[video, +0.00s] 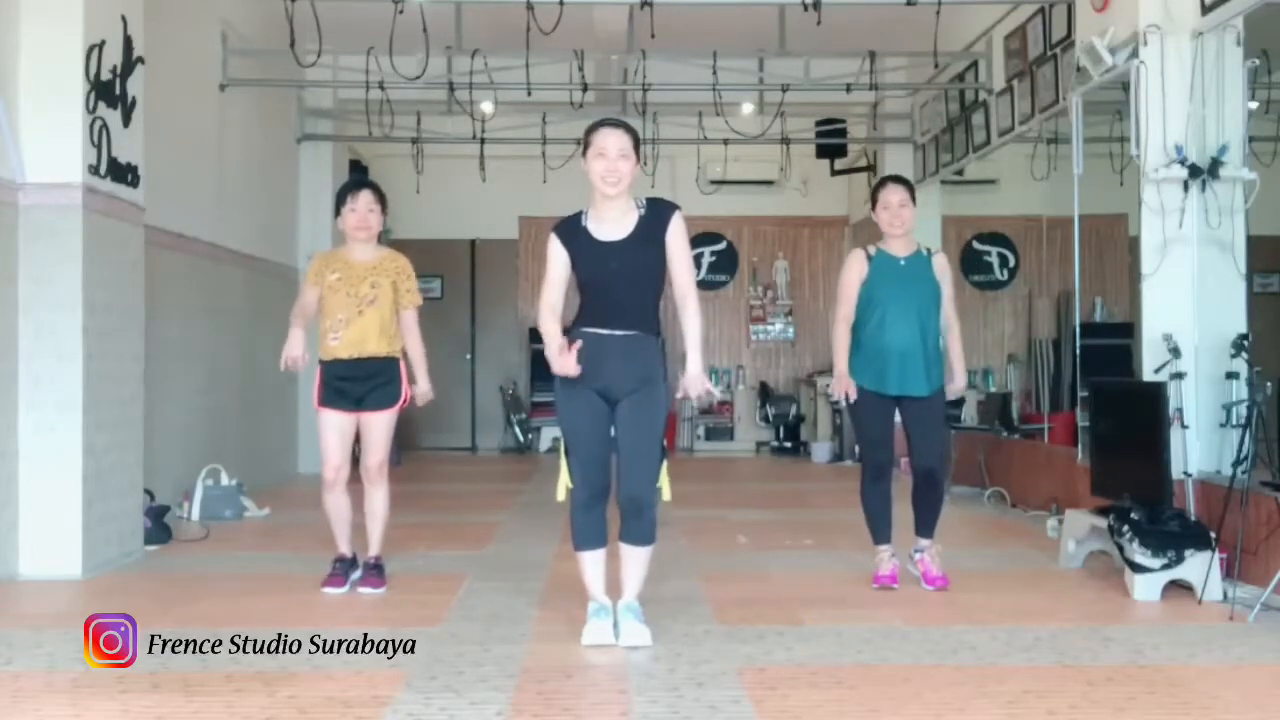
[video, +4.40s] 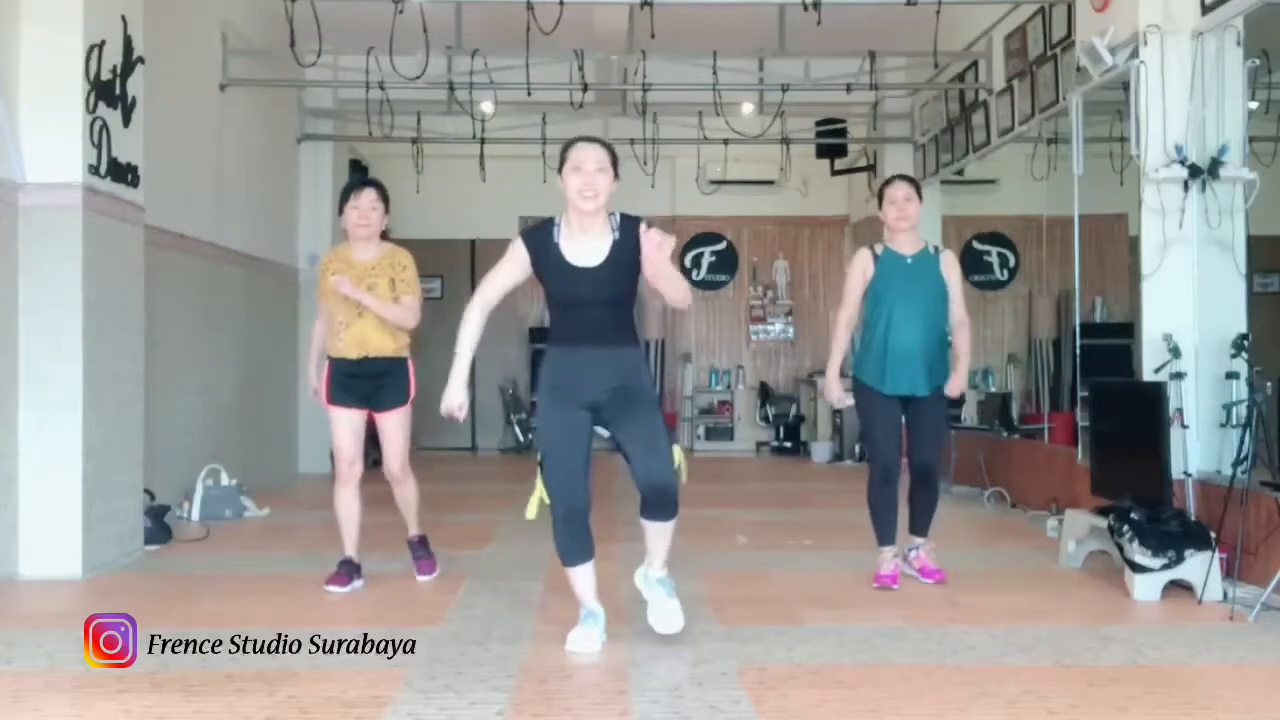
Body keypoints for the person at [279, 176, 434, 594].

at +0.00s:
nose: (362, 216)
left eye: (371, 209)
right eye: (353, 209)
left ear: (383, 218)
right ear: (340, 218)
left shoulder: (397, 265)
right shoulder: (324, 264)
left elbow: (410, 325)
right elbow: (304, 307)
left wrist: (421, 375)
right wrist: (296, 333)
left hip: (384, 371)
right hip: (336, 372)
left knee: (374, 468)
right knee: (334, 472)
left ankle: (373, 559)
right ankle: (343, 557)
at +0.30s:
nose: (358, 214)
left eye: (367, 207)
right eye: (349, 207)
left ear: (379, 216)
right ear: (335, 215)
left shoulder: (390, 260)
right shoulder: (319, 264)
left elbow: (395, 308)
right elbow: (300, 325)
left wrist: (381, 333)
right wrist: (287, 380)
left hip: (371, 367)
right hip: (324, 368)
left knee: (364, 469)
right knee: (337, 471)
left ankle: (372, 558)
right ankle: (345, 560)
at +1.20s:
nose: (360, 223)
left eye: (368, 214)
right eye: (350, 215)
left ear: (378, 219)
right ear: (334, 221)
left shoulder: (395, 264)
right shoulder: (323, 267)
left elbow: (410, 327)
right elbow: (306, 324)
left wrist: (416, 384)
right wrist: (293, 374)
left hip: (377, 371)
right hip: (328, 371)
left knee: (368, 466)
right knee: (339, 467)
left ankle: (378, 553)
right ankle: (346, 560)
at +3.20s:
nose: (356, 218)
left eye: (365, 211)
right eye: (347, 210)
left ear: (376, 219)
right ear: (332, 217)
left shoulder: (391, 261)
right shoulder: (317, 265)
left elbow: (409, 318)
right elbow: (302, 321)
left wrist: (423, 371)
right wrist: (311, 330)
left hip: (377, 366)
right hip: (329, 366)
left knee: (365, 462)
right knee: (340, 465)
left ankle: (369, 559)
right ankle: (347, 558)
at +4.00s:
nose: (361, 220)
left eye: (370, 212)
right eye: (352, 212)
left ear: (382, 219)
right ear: (340, 220)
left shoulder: (399, 262)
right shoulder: (326, 269)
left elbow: (414, 319)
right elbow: (312, 332)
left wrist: (393, 332)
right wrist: (301, 388)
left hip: (387, 372)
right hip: (339, 372)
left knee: (391, 465)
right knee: (345, 469)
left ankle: (409, 532)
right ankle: (350, 561)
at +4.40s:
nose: (363, 215)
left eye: (372, 208)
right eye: (355, 207)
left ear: (385, 218)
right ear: (342, 216)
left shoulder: (399, 259)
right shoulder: (331, 263)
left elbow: (411, 317)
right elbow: (324, 319)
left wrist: (358, 295)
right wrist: (315, 366)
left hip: (391, 367)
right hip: (342, 367)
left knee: (396, 467)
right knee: (347, 468)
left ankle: (417, 540)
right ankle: (350, 559)